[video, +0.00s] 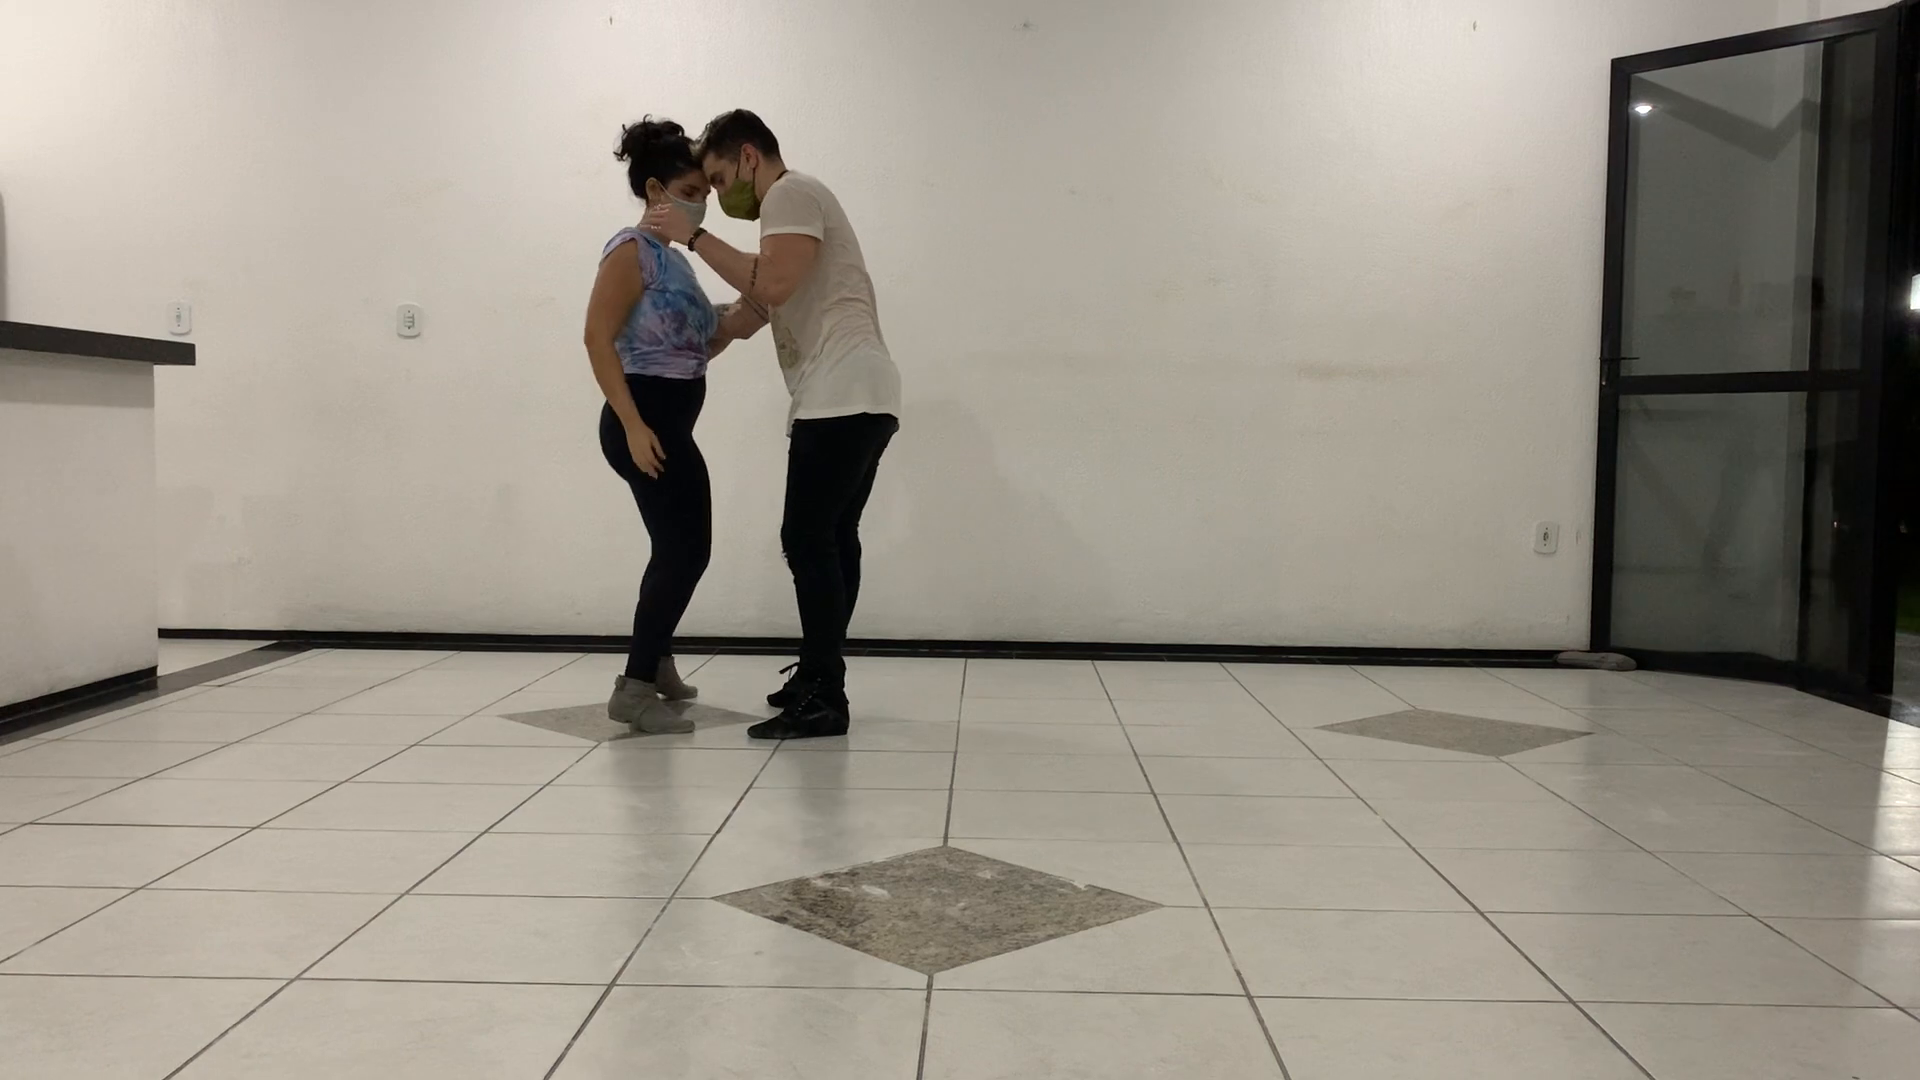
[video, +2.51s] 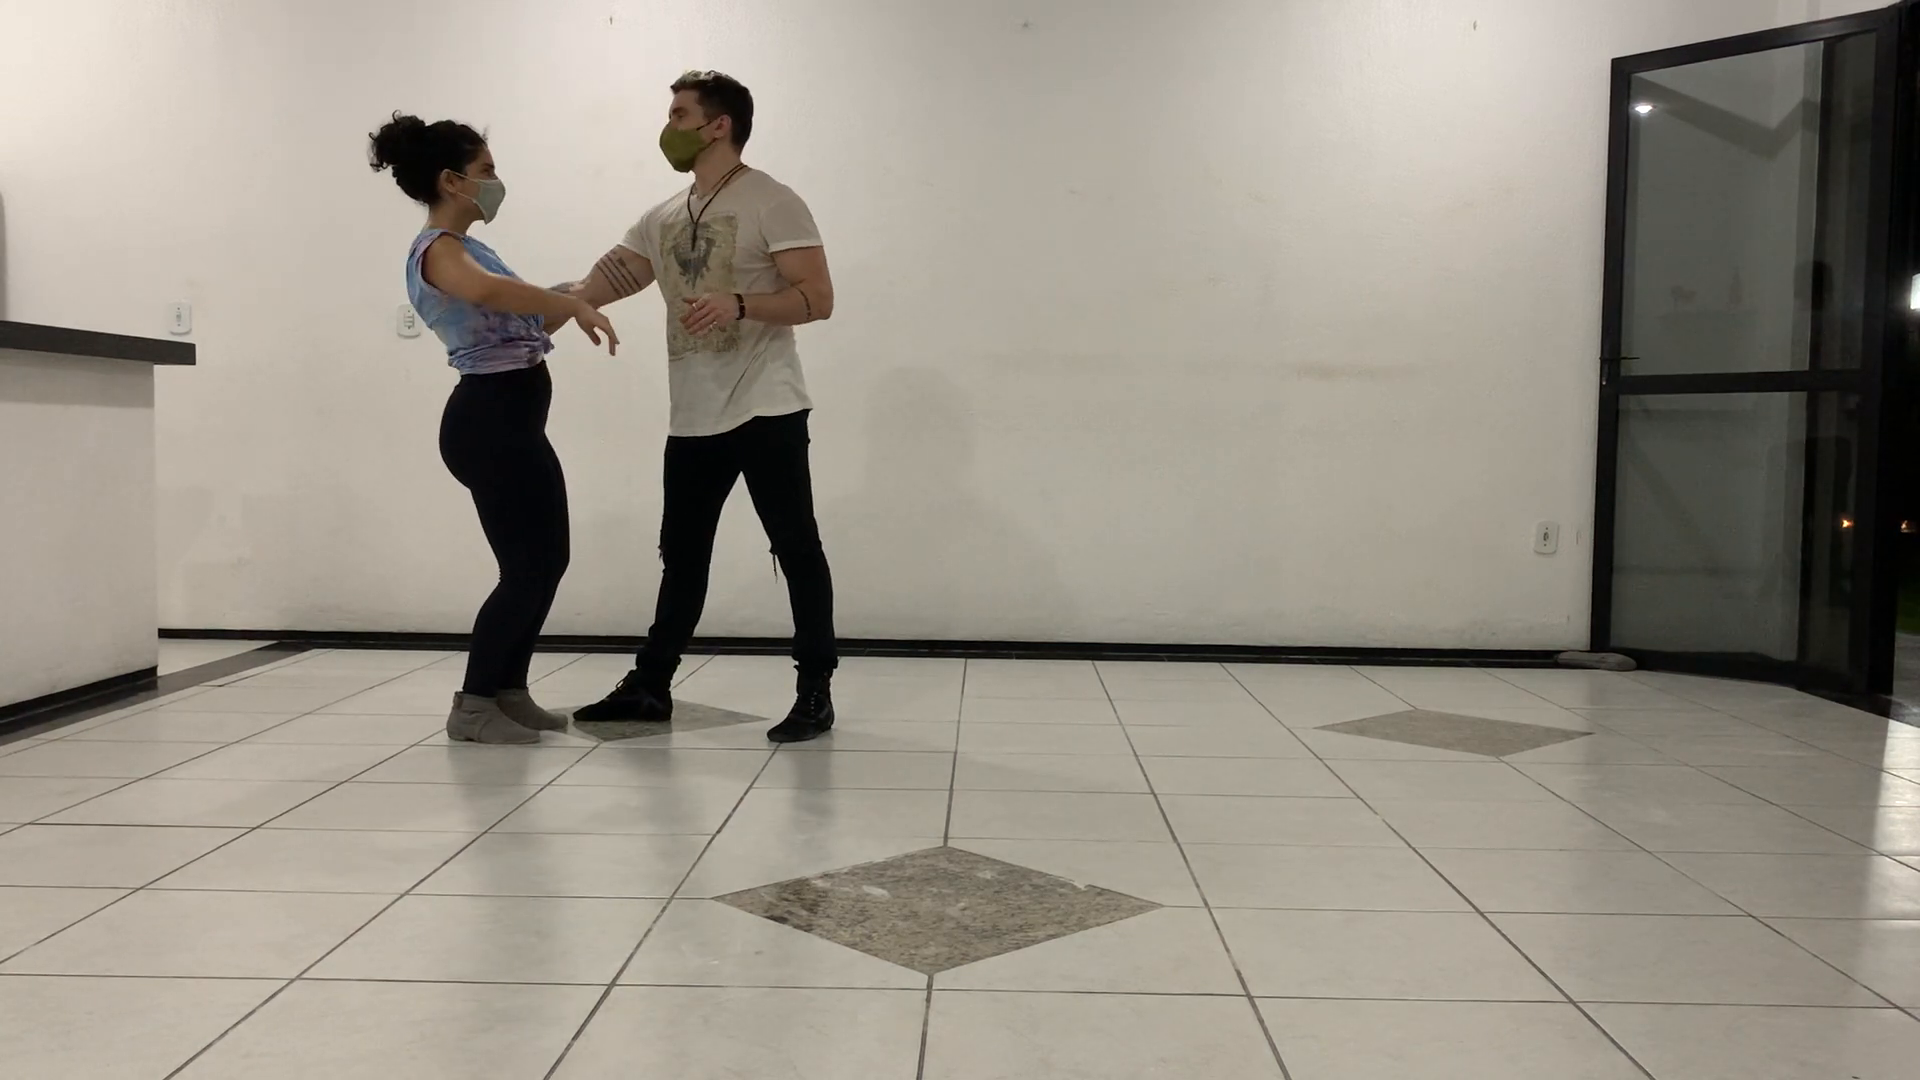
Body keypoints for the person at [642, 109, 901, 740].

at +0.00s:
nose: (721, 196)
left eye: (719, 181)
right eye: (714, 188)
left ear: (749, 157)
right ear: (756, 160)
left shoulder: (794, 194)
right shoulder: (797, 208)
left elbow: (772, 283)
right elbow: (746, 318)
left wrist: (692, 233)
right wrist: (675, 339)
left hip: (841, 396)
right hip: (853, 396)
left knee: (807, 537)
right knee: (833, 537)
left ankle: (823, 696)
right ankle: (817, 678)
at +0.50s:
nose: (694, 204)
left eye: (694, 188)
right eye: (688, 195)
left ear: (727, 164)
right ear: (726, 172)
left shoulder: (784, 197)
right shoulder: (760, 242)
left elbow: (793, 284)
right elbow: (682, 309)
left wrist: (698, 253)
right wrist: (592, 315)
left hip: (867, 395)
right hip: (878, 394)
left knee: (851, 548)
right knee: (892, 543)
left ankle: (825, 700)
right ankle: (895, 696)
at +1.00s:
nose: (670, 201)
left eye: (671, 185)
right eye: (664, 191)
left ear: (704, 160)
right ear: (702, 168)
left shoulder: (773, 195)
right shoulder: (726, 240)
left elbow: (800, 280)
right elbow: (665, 328)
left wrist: (704, 246)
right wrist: (578, 347)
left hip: (836, 395)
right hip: (788, 401)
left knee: (798, 540)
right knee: (729, 512)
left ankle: (824, 702)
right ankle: (873, 496)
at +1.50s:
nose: (632, 185)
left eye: (635, 168)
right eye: (624, 174)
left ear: (671, 144)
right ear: (659, 155)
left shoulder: (744, 193)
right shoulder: (665, 235)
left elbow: (782, 286)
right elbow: (626, 328)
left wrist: (691, 272)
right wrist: (540, 318)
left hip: (773, 400)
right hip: (706, 414)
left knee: (781, 548)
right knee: (684, 547)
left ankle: (810, 696)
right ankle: (648, 687)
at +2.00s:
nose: (656, 131)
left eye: (667, 119)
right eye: (657, 120)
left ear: (710, 124)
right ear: (697, 127)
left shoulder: (760, 199)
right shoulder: (660, 227)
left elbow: (799, 297)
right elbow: (613, 308)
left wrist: (712, 294)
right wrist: (539, 318)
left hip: (763, 405)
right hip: (690, 416)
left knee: (795, 547)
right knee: (681, 553)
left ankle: (814, 695)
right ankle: (649, 687)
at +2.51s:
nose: (667, 127)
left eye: (680, 116)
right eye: (669, 115)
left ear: (720, 125)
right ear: (704, 126)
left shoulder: (772, 203)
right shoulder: (663, 222)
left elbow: (817, 299)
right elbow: (595, 288)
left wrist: (740, 304)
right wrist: (523, 314)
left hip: (768, 406)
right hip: (694, 416)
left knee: (797, 550)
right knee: (682, 553)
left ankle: (815, 696)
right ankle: (649, 688)